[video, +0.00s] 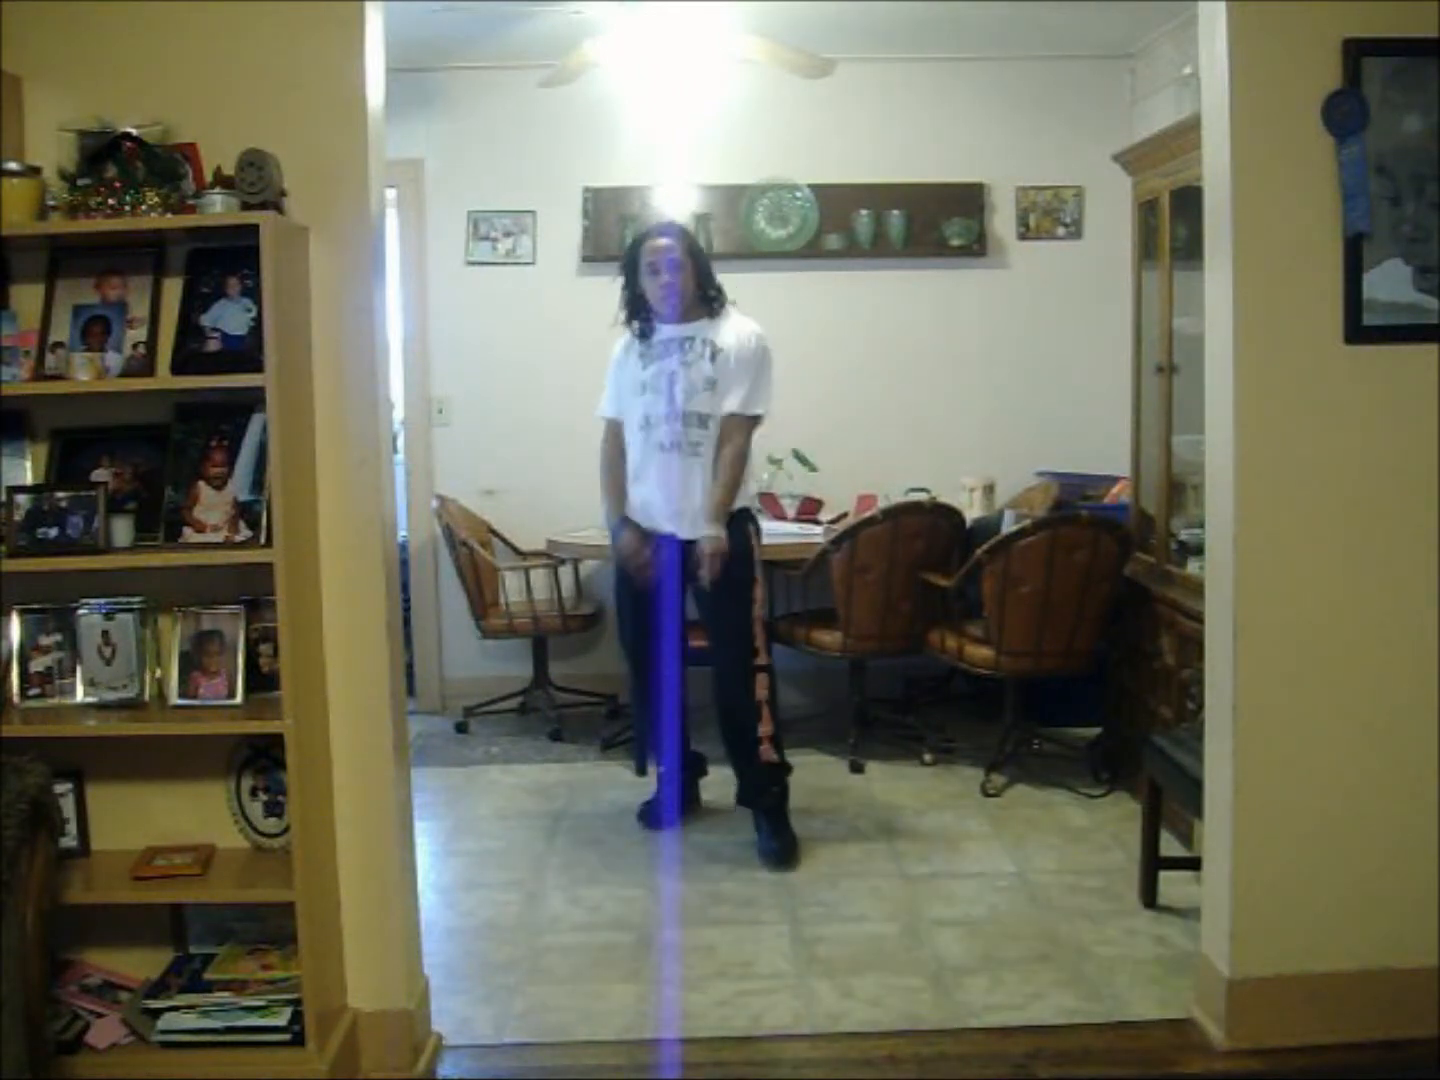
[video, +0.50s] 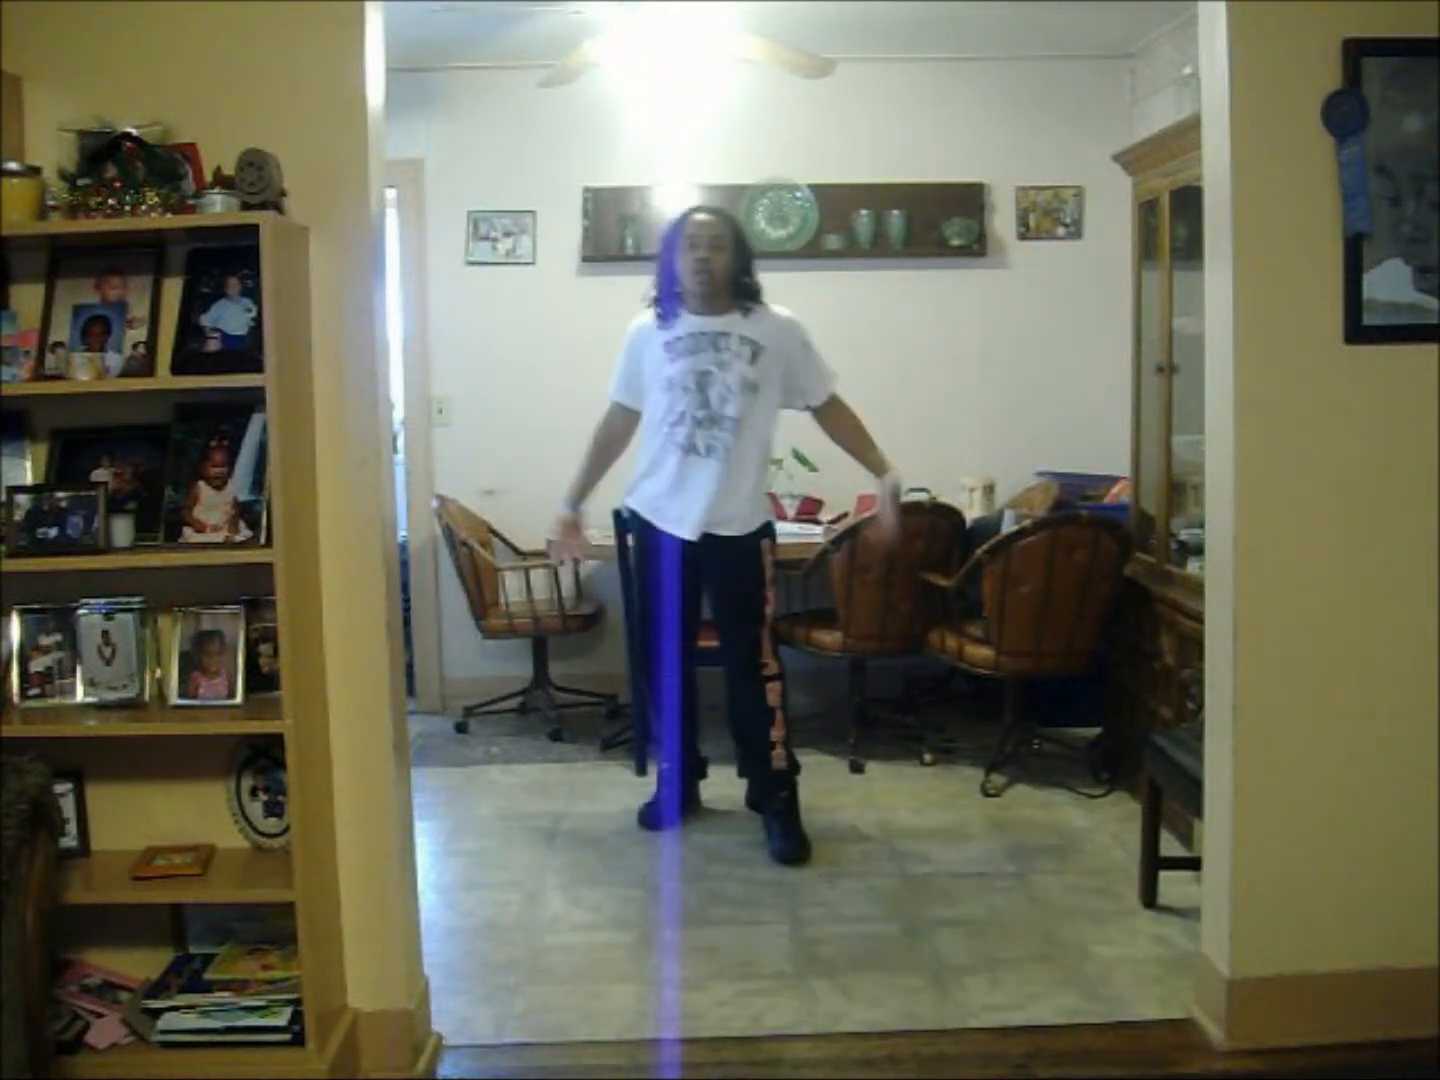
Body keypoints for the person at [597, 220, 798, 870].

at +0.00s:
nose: (664, 278)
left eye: (674, 265)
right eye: (653, 268)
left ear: (697, 271)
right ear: (637, 280)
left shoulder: (739, 338)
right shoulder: (631, 348)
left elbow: (735, 438)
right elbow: (613, 439)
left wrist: (716, 521)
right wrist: (619, 520)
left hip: (718, 527)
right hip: (644, 528)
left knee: (737, 668)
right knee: (651, 666)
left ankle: (768, 806)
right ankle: (675, 783)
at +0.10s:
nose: (669, 272)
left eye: (679, 260)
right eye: (657, 263)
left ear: (701, 267)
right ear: (639, 274)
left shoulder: (741, 335)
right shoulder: (628, 345)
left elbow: (743, 435)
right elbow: (613, 443)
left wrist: (729, 517)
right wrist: (609, 527)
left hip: (719, 524)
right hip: (645, 525)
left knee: (744, 663)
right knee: (653, 664)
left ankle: (770, 804)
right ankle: (675, 783)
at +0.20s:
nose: (677, 260)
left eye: (688, 249)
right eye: (664, 251)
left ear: (709, 257)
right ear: (646, 263)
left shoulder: (749, 328)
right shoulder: (631, 337)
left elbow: (769, 416)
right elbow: (610, 426)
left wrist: (794, 466)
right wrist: (583, 511)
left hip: (726, 514)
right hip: (647, 514)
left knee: (745, 656)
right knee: (658, 656)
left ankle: (777, 796)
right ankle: (675, 781)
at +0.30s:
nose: (682, 259)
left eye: (693, 246)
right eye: (669, 248)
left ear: (715, 255)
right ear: (649, 260)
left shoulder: (754, 329)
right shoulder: (633, 339)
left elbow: (788, 417)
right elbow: (608, 428)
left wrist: (837, 483)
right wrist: (571, 509)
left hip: (728, 517)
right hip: (648, 515)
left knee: (746, 657)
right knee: (659, 659)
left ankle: (776, 796)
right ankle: (674, 784)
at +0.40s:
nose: (694, 257)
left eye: (706, 246)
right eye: (682, 247)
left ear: (729, 257)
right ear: (661, 260)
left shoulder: (767, 331)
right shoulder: (643, 340)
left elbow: (818, 408)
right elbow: (615, 423)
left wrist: (879, 466)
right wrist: (565, 502)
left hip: (734, 522)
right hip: (652, 519)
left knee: (751, 660)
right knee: (660, 659)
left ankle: (777, 799)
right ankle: (674, 782)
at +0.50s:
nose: (702, 257)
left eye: (715, 247)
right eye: (691, 248)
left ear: (738, 259)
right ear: (671, 260)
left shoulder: (776, 333)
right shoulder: (648, 336)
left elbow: (828, 407)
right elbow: (619, 419)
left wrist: (885, 471)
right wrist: (573, 502)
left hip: (738, 522)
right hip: (657, 520)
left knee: (751, 660)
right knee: (662, 659)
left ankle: (777, 801)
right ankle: (675, 783)